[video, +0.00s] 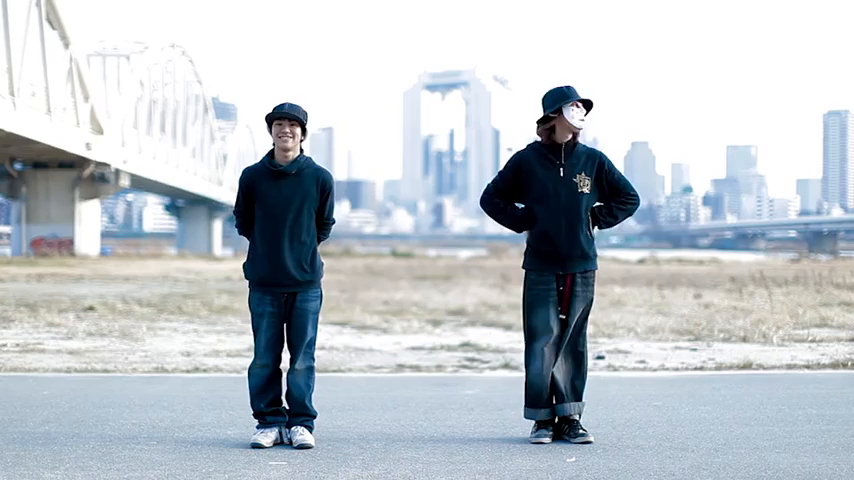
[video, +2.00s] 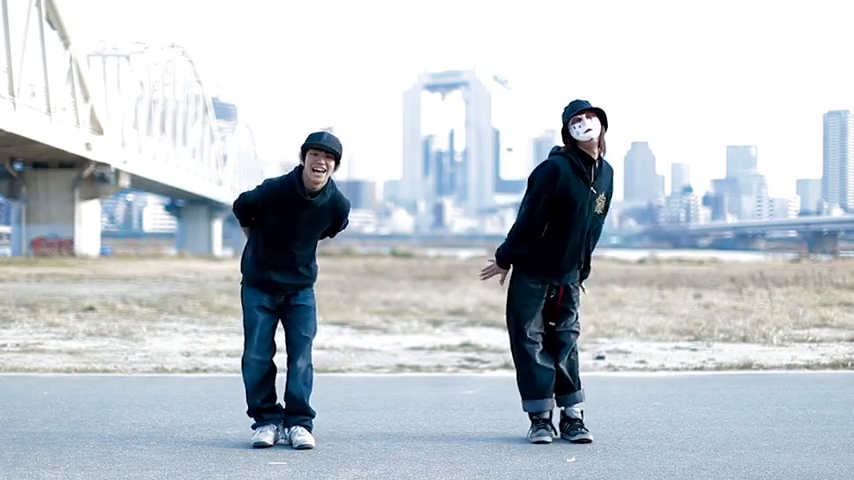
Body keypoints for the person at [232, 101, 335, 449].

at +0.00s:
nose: (286, 134)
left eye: (292, 128)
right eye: (280, 128)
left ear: (302, 134)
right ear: (271, 132)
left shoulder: (320, 178)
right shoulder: (251, 176)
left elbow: (324, 227)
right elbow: (243, 223)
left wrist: (299, 244)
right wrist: (269, 243)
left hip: (306, 279)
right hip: (264, 279)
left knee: (302, 355)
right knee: (265, 355)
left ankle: (300, 424)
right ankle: (268, 424)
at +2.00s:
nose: (321, 163)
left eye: (328, 158)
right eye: (315, 155)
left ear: (334, 165)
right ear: (303, 158)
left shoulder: (338, 204)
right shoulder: (274, 190)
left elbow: (330, 230)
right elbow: (241, 208)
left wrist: (299, 238)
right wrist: (258, 236)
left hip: (301, 286)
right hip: (259, 284)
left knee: (302, 354)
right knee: (258, 354)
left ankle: (298, 424)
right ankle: (266, 422)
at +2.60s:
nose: (277, 153)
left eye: (283, 147)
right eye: (271, 147)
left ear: (293, 153)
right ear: (261, 154)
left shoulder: (314, 188)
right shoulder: (252, 198)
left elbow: (333, 233)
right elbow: (248, 243)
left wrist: (319, 263)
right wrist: (273, 262)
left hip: (301, 290)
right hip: (261, 289)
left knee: (295, 362)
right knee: (253, 364)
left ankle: (300, 427)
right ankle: (267, 426)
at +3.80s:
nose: (326, 153)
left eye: (333, 150)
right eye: (321, 147)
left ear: (340, 160)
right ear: (309, 152)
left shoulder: (336, 201)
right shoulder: (279, 183)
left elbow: (310, 235)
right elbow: (242, 211)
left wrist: (278, 249)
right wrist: (251, 249)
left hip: (292, 283)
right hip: (253, 281)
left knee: (297, 351)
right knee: (259, 353)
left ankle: (299, 422)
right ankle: (266, 422)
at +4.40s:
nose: (281, 160)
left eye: (288, 154)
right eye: (276, 154)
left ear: (300, 159)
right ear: (269, 158)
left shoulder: (318, 197)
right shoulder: (257, 203)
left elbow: (335, 244)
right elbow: (250, 246)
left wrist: (312, 278)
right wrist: (265, 271)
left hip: (300, 294)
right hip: (259, 293)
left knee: (299, 364)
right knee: (255, 365)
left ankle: (301, 426)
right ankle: (266, 425)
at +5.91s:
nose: (324, 167)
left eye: (331, 163)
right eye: (319, 159)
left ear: (338, 172)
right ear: (307, 162)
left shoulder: (337, 209)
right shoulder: (274, 196)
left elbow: (319, 240)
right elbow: (241, 221)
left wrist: (287, 250)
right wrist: (258, 251)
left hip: (300, 285)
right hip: (259, 284)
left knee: (299, 353)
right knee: (259, 353)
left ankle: (299, 424)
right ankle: (265, 422)